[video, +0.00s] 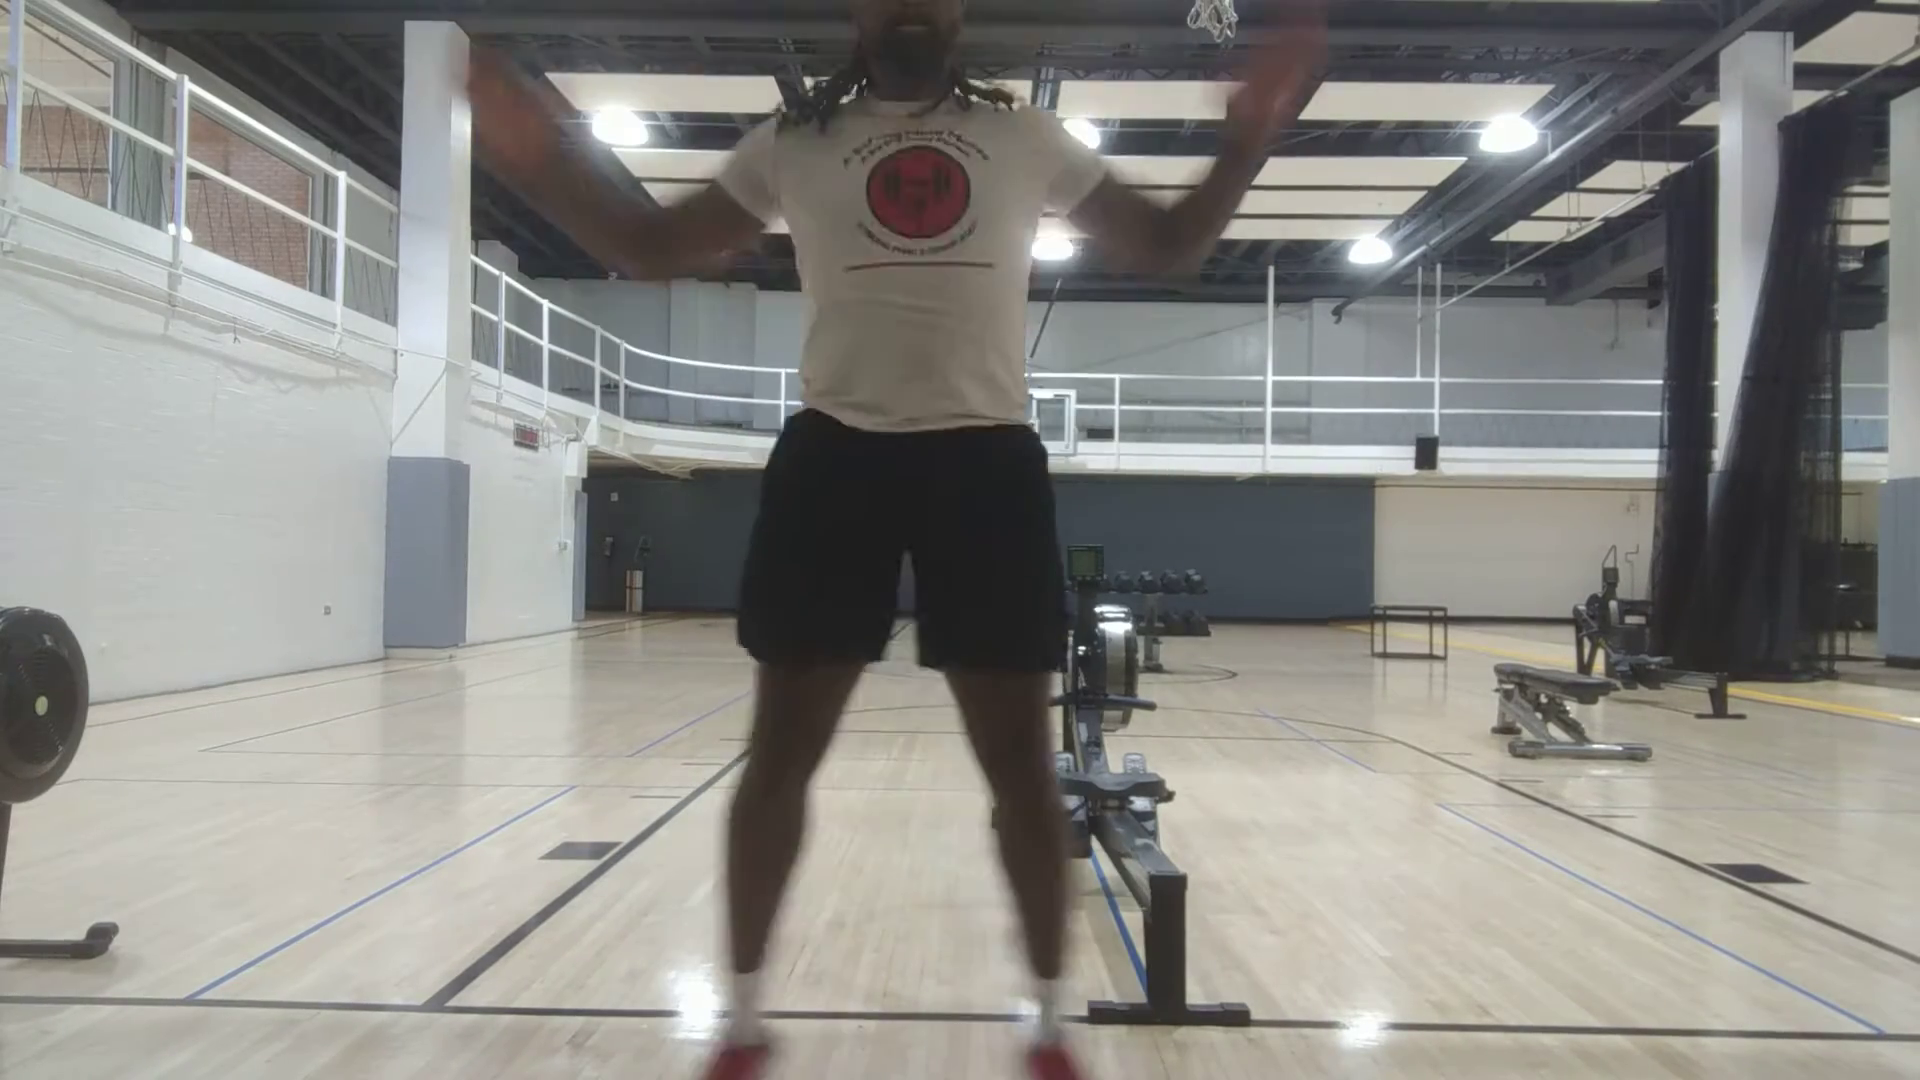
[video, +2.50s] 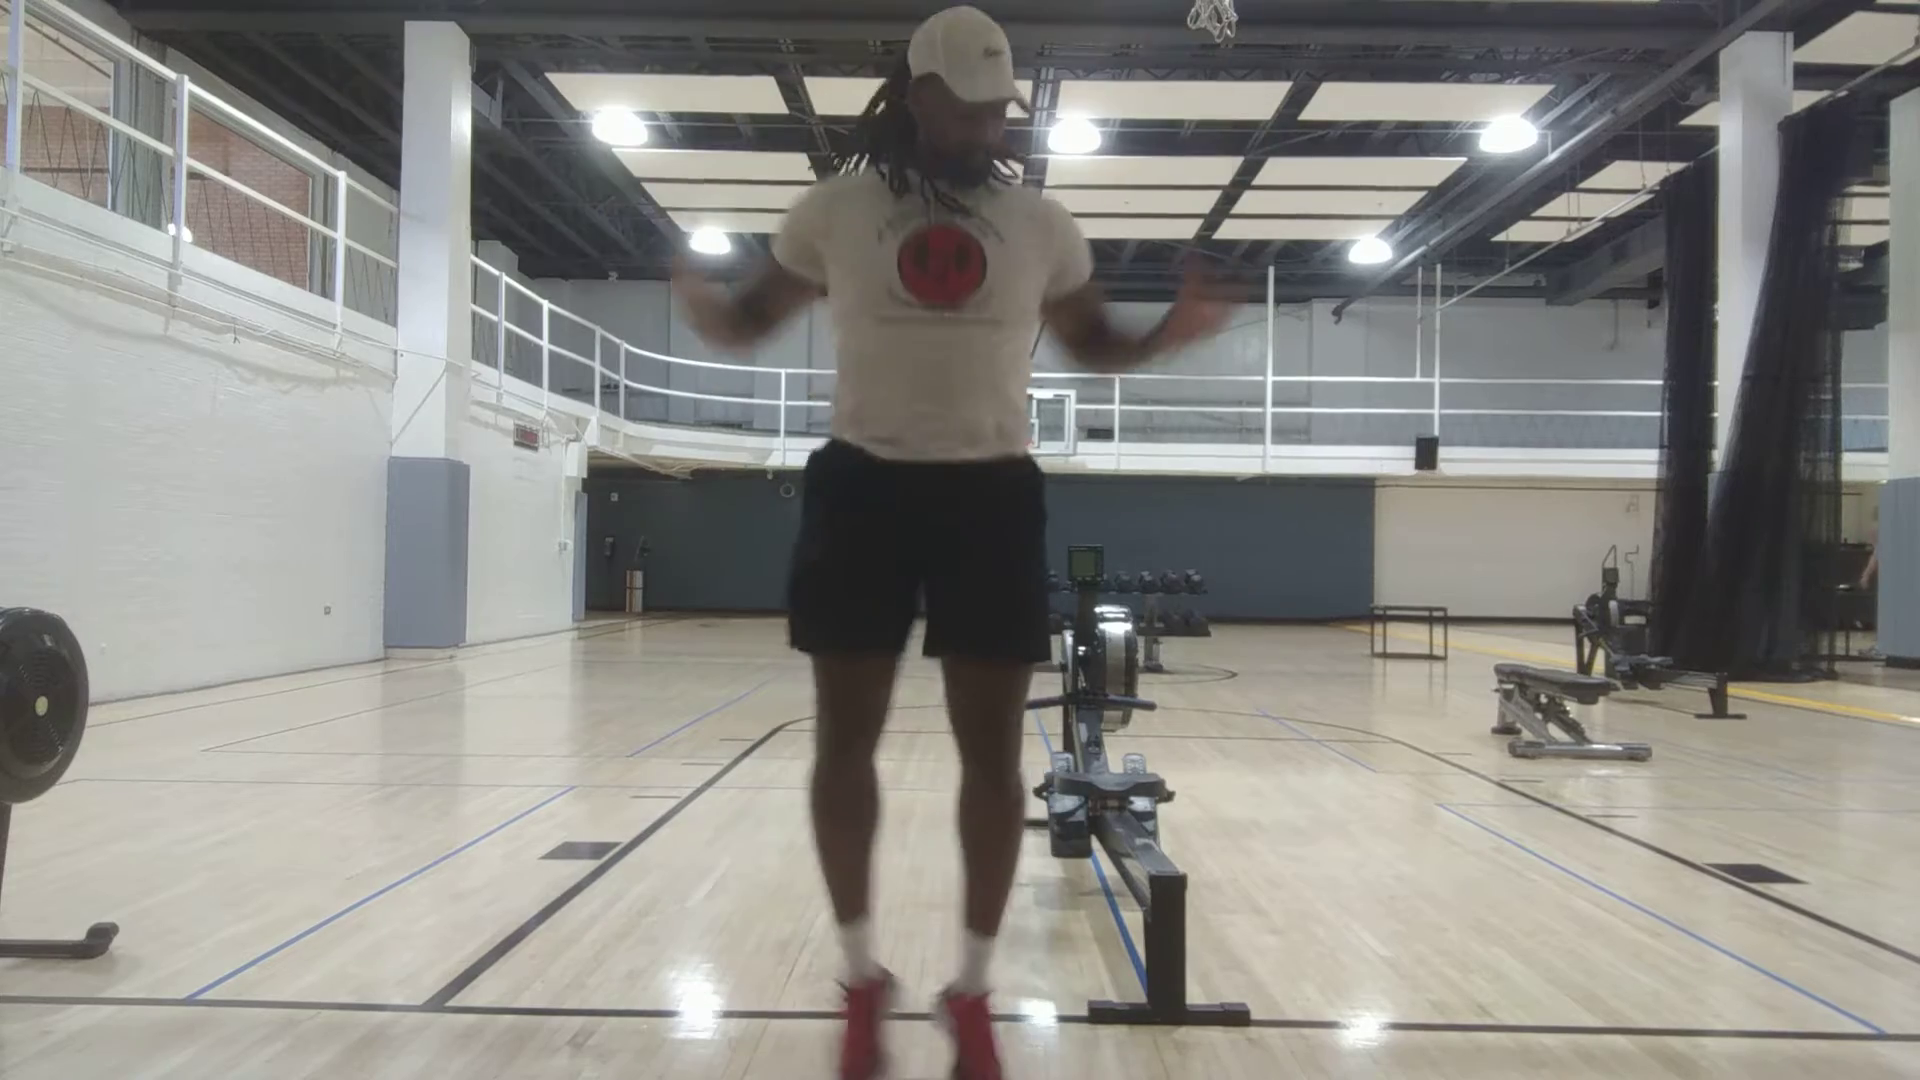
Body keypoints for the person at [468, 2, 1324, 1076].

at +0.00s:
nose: (914, 11)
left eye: (932, 1)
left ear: (962, 21)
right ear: (856, 22)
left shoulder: (1021, 135)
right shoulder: (797, 144)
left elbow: (1168, 242)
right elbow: (649, 241)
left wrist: (1250, 134)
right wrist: (542, 155)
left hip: (987, 470)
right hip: (833, 467)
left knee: (1021, 761)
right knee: (782, 749)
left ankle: (1050, 1027)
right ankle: (739, 1025)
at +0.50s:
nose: (920, 14)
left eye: (942, 0)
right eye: (900, 1)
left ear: (975, 22)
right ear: (870, 19)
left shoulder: (1039, 158)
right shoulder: (805, 157)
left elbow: (1134, 287)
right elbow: (691, 269)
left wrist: (1210, 230)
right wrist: (623, 192)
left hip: (995, 480)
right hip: (845, 478)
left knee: (1010, 766)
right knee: (818, 758)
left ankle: (1000, 1021)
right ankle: (827, 1022)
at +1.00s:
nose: (934, 21)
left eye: (954, 6)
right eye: (913, 5)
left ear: (985, 24)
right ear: (880, 25)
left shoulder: (1041, 153)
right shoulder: (826, 152)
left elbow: (1182, 254)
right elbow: (677, 239)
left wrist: (1226, 147)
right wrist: (589, 116)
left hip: (1003, 471)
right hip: (857, 464)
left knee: (1037, 743)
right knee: (803, 732)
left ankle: (1073, 1013)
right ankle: (749, 1006)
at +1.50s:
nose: (971, 91)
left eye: (984, 71)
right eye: (950, 70)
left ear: (997, 76)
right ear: (896, 70)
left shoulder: (1039, 195)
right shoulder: (825, 188)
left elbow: (1122, 321)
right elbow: (712, 292)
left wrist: (1200, 281)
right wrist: (646, 214)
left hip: (999, 495)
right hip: (856, 492)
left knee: (1016, 768)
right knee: (831, 759)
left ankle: (1000, 1004)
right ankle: (840, 1003)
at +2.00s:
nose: (982, 146)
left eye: (991, 125)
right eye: (961, 125)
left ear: (997, 113)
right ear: (899, 109)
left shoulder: (1028, 213)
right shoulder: (824, 198)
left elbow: (1166, 255)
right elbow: (671, 250)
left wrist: (1195, 139)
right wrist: (613, 125)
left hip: (990, 499)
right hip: (852, 494)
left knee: (1031, 761)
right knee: (796, 754)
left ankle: (1061, 993)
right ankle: (765, 974)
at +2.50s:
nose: (988, 126)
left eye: (998, 106)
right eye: (968, 108)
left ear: (1007, 101)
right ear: (913, 98)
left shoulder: (1038, 215)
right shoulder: (838, 205)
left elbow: (1096, 346)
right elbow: (743, 325)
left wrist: (1171, 329)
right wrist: (697, 290)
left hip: (993, 499)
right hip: (861, 494)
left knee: (993, 753)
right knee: (845, 743)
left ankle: (970, 986)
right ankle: (862, 976)